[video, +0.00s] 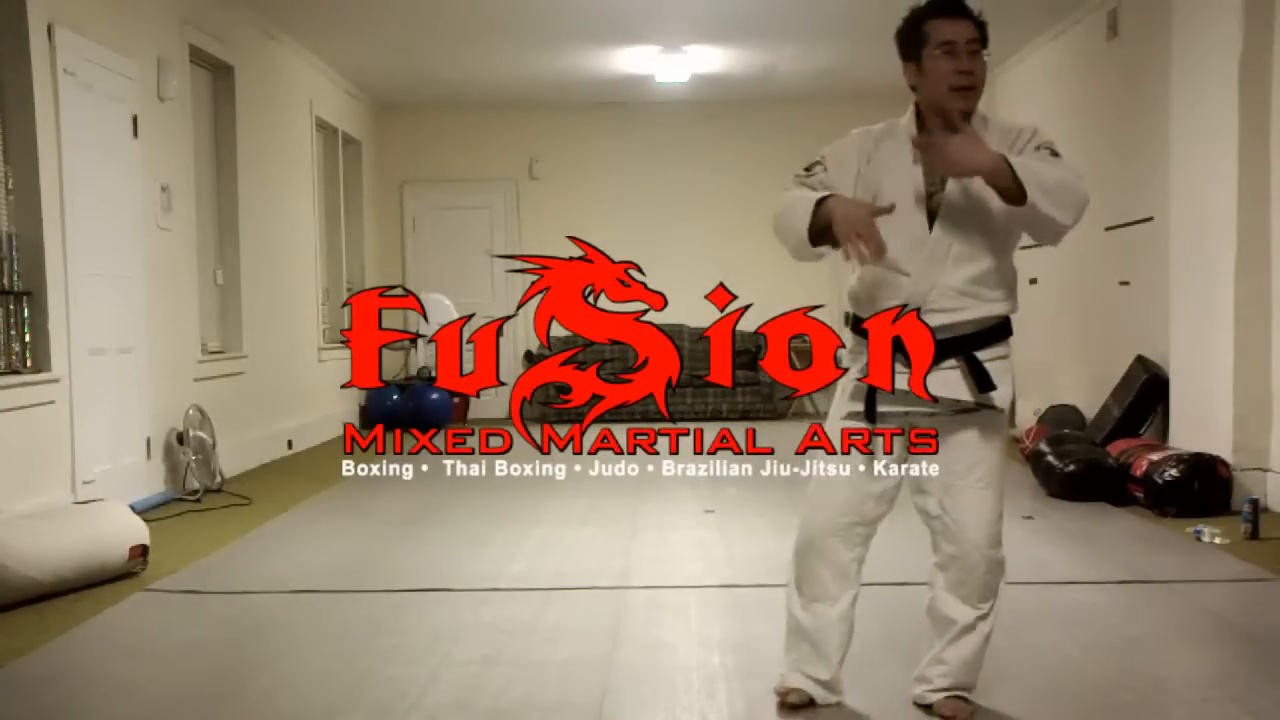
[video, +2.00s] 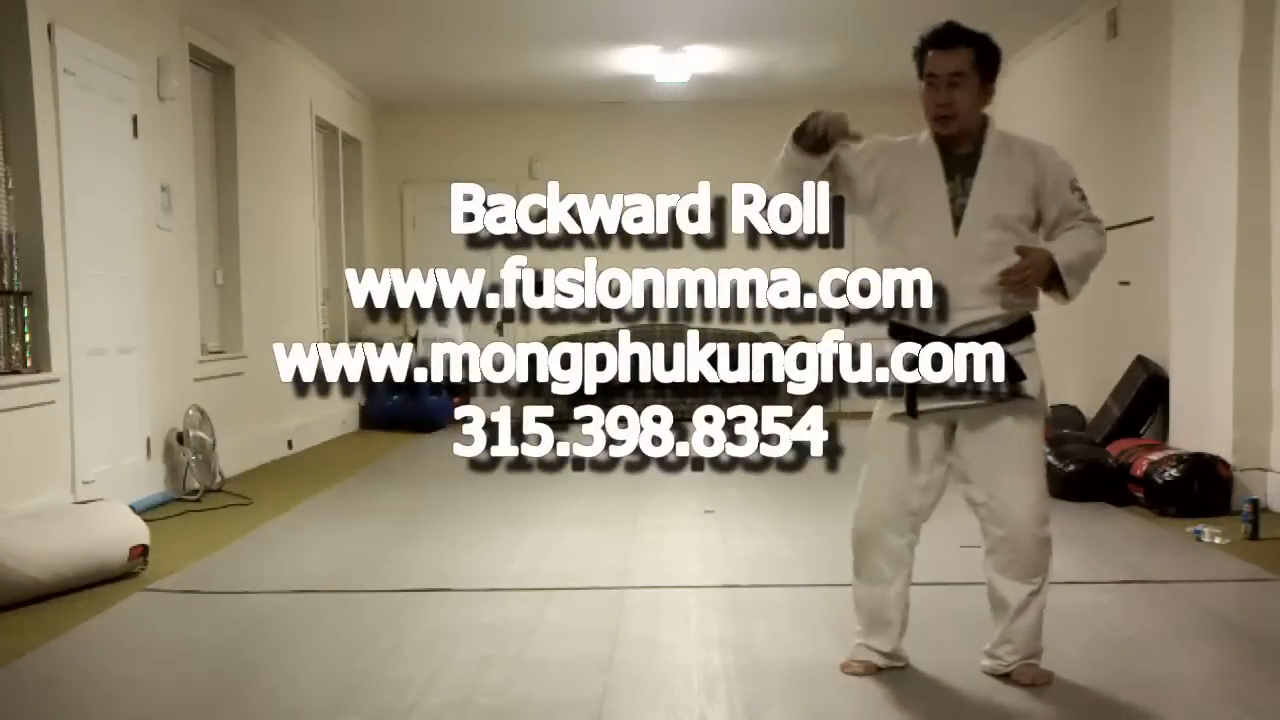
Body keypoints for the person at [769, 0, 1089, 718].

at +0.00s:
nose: (968, 64)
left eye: (976, 50)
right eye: (949, 52)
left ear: (987, 63)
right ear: (912, 69)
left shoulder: (1014, 144)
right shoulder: (865, 149)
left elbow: (1070, 206)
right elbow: (788, 215)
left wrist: (995, 168)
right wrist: (830, 210)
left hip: (972, 362)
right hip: (874, 362)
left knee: (975, 545)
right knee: (827, 531)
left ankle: (947, 688)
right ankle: (807, 680)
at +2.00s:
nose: (941, 96)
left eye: (957, 82)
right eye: (931, 82)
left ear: (987, 88)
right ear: (918, 88)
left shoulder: (1035, 162)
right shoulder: (880, 160)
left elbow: (1085, 233)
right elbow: (790, 191)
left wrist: (1053, 260)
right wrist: (810, 146)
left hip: (1000, 369)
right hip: (907, 371)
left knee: (1022, 523)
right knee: (880, 518)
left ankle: (1015, 654)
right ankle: (877, 642)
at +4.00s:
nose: (965, 86)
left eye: (980, 73)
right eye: (952, 75)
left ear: (1004, 84)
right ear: (936, 88)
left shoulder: (1048, 168)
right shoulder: (902, 157)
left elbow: (1093, 245)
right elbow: (844, 122)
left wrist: (1048, 268)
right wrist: (852, 63)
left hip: (1002, 362)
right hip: (912, 362)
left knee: (1019, 522)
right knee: (884, 515)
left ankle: (1014, 654)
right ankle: (881, 643)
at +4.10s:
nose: (979, 85)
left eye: (992, 73)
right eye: (964, 74)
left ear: (1011, 84)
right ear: (942, 86)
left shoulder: (1050, 167)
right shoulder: (906, 158)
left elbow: (1098, 244)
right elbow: (842, 141)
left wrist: (1055, 268)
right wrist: (823, 93)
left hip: (1007, 365)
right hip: (915, 364)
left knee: (1022, 523)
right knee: (887, 515)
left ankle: (1015, 653)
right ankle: (881, 642)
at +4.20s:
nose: (986, 86)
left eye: (998, 74)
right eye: (969, 74)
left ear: (1015, 84)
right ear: (946, 85)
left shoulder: (1056, 168)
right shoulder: (909, 157)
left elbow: (1102, 244)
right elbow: (842, 150)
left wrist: (1058, 268)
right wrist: (800, 114)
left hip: (1011, 366)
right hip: (920, 365)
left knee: (1025, 526)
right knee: (889, 517)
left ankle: (1016, 653)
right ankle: (881, 643)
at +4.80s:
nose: (986, 86)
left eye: (997, 73)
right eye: (968, 75)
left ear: (1012, 82)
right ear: (943, 88)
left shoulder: (1057, 166)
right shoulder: (913, 157)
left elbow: (1108, 237)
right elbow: (842, 160)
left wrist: (1058, 264)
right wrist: (784, 129)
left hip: (1017, 365)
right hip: (929, 364)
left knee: (1029, 527)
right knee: (894, 516)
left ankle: (1016, 653)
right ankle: (882, 640)